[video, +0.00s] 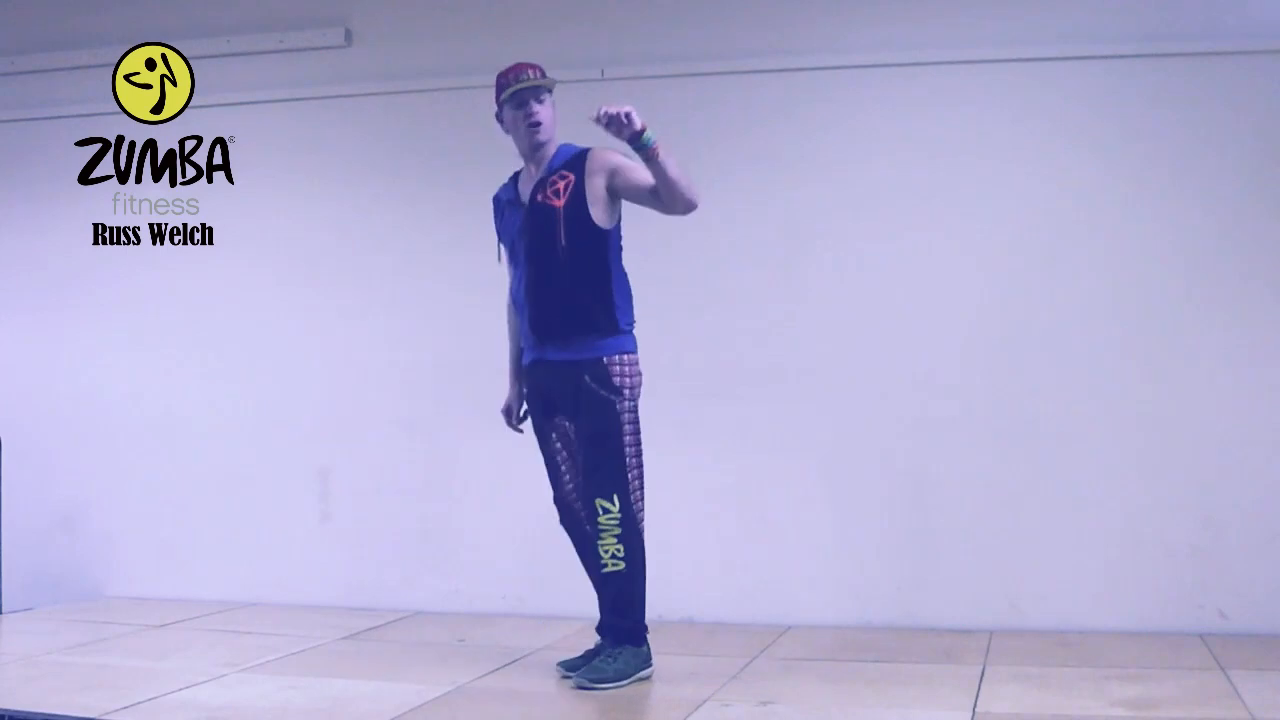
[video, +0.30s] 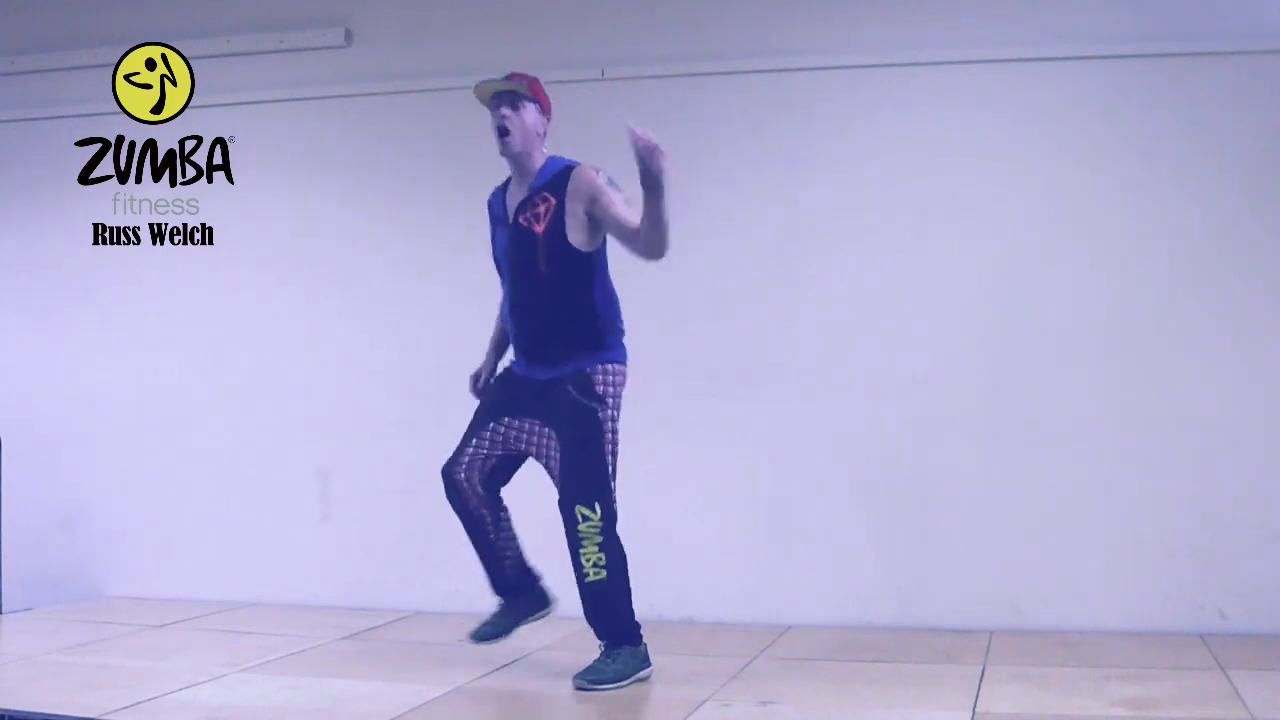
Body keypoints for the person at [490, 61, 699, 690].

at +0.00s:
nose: (532, 113)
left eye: (539, 101)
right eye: (518, 106)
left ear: (556, 107)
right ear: (502, 123)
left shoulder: (596, 164)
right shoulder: (507, 200)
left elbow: (682, 200)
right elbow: (516, 292)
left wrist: (642, 142)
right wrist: (515, 377)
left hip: (604, 362)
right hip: (544, 368)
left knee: (613, 501)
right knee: (572, 504)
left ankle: (630, 645)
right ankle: (616, 634)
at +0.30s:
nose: (500, 120)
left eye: (512, 109)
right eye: (494, 113)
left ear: (543, 118)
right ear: (492, 128)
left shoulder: (582, 181)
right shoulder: (500, 201)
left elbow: (650, 246)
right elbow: (516, 290)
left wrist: (653, 185)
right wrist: (491, 357)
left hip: (587, 371)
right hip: (527, 373)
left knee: (587, 513)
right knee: (465, 477)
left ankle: (624, 646)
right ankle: (521, 593)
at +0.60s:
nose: (468, 127)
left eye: (479, 116)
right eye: (461, 118)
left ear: (507, 121)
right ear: (456, 128)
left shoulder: (537, 197)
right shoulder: (451, 197)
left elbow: (542, 295)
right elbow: (440, 283)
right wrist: (432, 363)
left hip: (522, 373)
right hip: (462, 374)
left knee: (546, 504)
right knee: (462, 506)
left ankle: (613, 633)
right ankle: (464, 626)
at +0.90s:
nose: (423, 138)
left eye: (433, 127)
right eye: (416, 130)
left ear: (461, 127)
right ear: (411, 136)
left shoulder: (497, 192)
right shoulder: (418, 197)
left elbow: (511, 287)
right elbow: (404, 271)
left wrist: (428, 295)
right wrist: (395, 331)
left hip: (502, 358)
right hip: (444, 361)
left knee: (470, 478)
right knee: (442, 488)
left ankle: (507, 599)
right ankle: (460, 621)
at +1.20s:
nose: (414, 135)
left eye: (425, 124)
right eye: (406, 127)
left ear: (450, 131)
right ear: (399, 138)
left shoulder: (486, 194)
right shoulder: (407, 205)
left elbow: (503, 273)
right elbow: (413, 281)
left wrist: (431, 234)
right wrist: (421, 336)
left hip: (499, 364)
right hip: (438, 367)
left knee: (481, 486)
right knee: (435, 496)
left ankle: (511, 596)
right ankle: (461, 626)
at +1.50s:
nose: (454, 119)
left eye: (463, 108)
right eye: (441, 112)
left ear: (479, 118)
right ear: (426, 127)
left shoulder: (506, 175)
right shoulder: (434, 201)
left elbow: (542, 225)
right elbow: (426, 273)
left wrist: (584, 285)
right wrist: (430, 333)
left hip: (519, 365)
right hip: (457, 372)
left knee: (543, 504)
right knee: (460, 502)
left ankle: (581, 646)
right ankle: (462, 623)